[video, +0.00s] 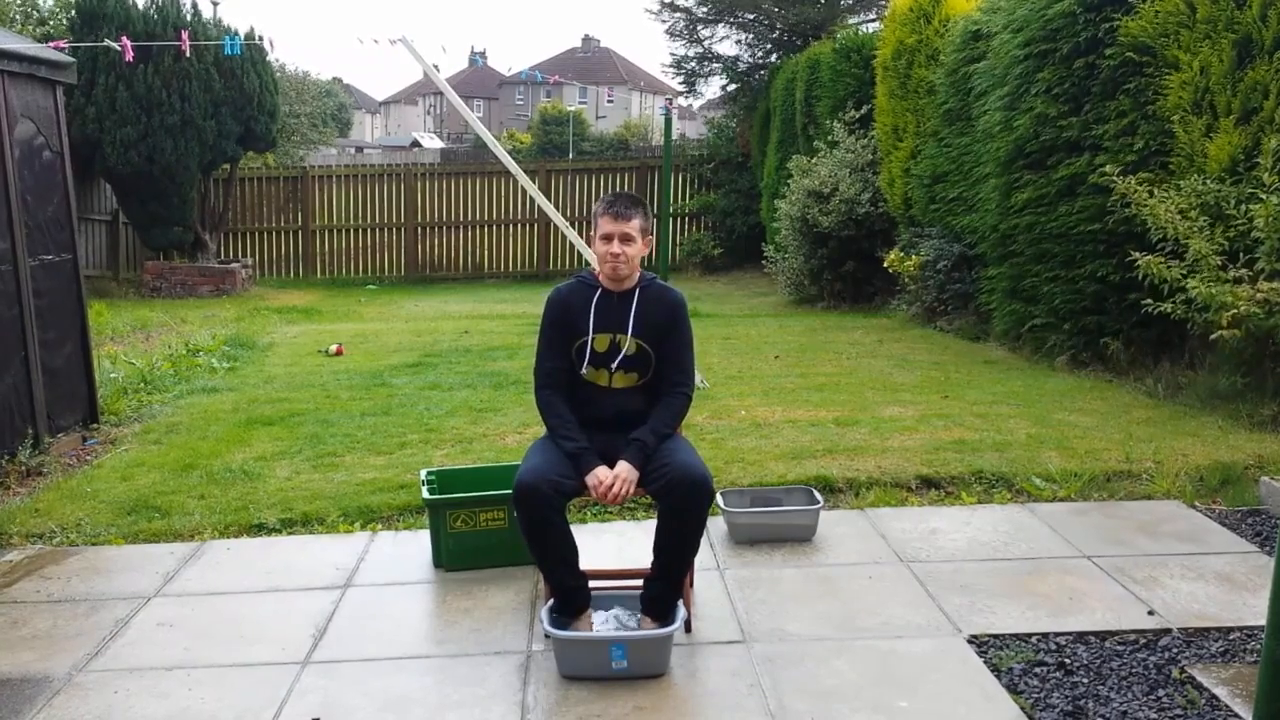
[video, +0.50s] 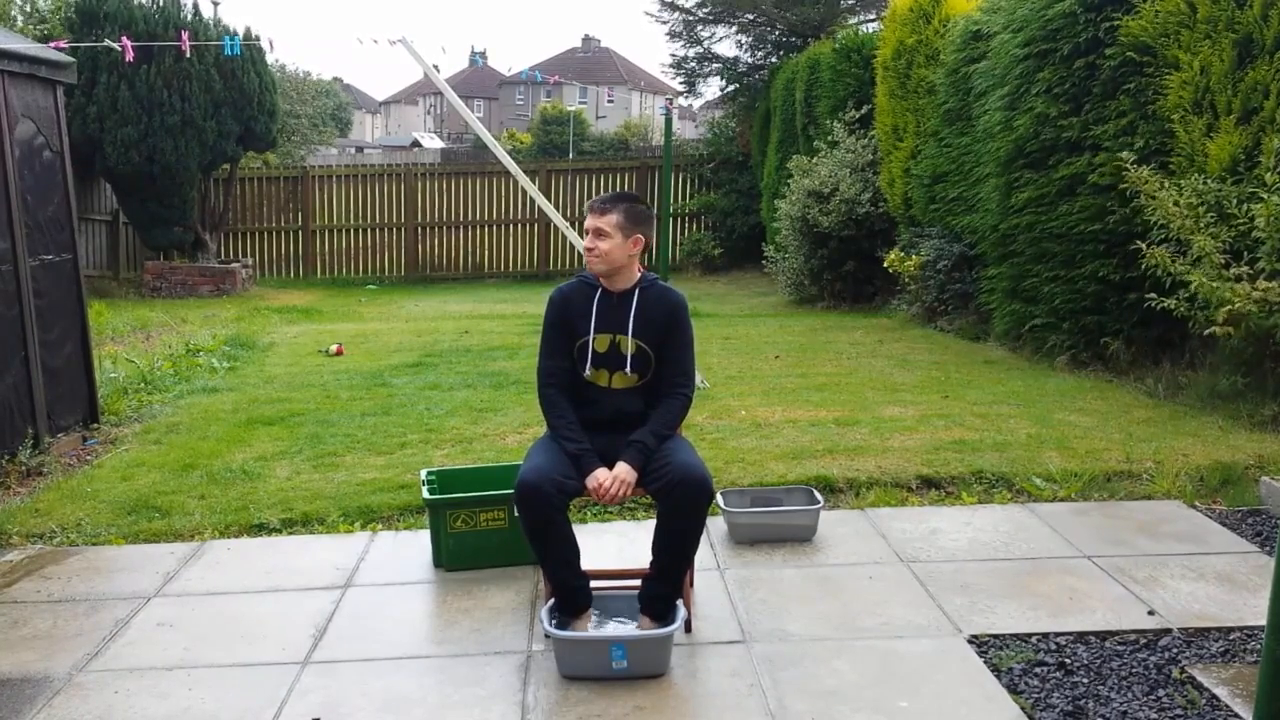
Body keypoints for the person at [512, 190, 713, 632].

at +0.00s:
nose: (614, 250)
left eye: (626, 240)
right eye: (605, 239)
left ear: (646, 245)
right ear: (592, 243)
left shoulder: (667, 304)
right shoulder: (565, 301)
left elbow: (678, 391)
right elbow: (549, 390)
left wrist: (635, 458)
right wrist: (587, 461)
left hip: (648, 435)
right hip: (575, 437)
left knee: (693, 484)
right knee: (531, 488)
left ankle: (658, 606)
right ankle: (573, 604)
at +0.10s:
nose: (610, 245)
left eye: (623, 235)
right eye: (602, 235)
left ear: (646, 244)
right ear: (591, 242)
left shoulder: (668, 304)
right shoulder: (566, 301)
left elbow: (678, 392)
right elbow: (549, 391)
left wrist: (634, 458)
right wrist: (588, 462)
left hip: (648, 435)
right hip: (575, 436)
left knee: (693, 484)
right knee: (531, 488)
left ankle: (658, 606)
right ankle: (573, 604)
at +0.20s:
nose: (608, 242)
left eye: (621, 233)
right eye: (600, 233)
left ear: (645, 244)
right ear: (591, 241)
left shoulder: (667, 304)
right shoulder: (566, 301)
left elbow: (678, 393)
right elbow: (550, 391)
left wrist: (634, 458)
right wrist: (587, 462)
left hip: (648, 434)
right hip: (575, 436)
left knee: (692, 485)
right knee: (533, 487)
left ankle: (659, 604)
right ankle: (572, 601)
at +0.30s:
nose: (603, 242)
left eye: (615, 233)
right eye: (597, 233)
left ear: (644, 243)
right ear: (589, 240)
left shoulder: (668, 305)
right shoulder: (566, 301)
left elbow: (678, 393)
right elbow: (551, 391)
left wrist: (635, 458)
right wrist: (588, 462)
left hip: (648, 434)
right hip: (576, 435)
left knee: (692, 484)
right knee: (535, 487)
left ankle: (657, 605)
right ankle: (574, 603)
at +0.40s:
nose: (593, 243)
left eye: (606, 234)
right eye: (590, 233)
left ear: (640, 245)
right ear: (584, 237)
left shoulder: (668, 304)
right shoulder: (566, 301)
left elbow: (678, 393)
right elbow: (552, 391)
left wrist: (635, 457)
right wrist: (589, 462)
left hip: (648, 434)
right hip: (576, 435)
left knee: (693, 483)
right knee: (534, 487)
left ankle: (657, 605)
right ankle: (574, 606)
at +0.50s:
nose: (588, 244)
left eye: (601, 234)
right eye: (586, 233)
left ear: (637, 245)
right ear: (582, 237)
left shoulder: (667, 305)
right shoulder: (566, 300)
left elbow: (678, 393)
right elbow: (552, 390)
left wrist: (634, 459)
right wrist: (588, 463)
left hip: (648, 434)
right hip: (576, 435)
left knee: (693, 484)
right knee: (533, 487)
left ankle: (658, 604)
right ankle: (574, 604)